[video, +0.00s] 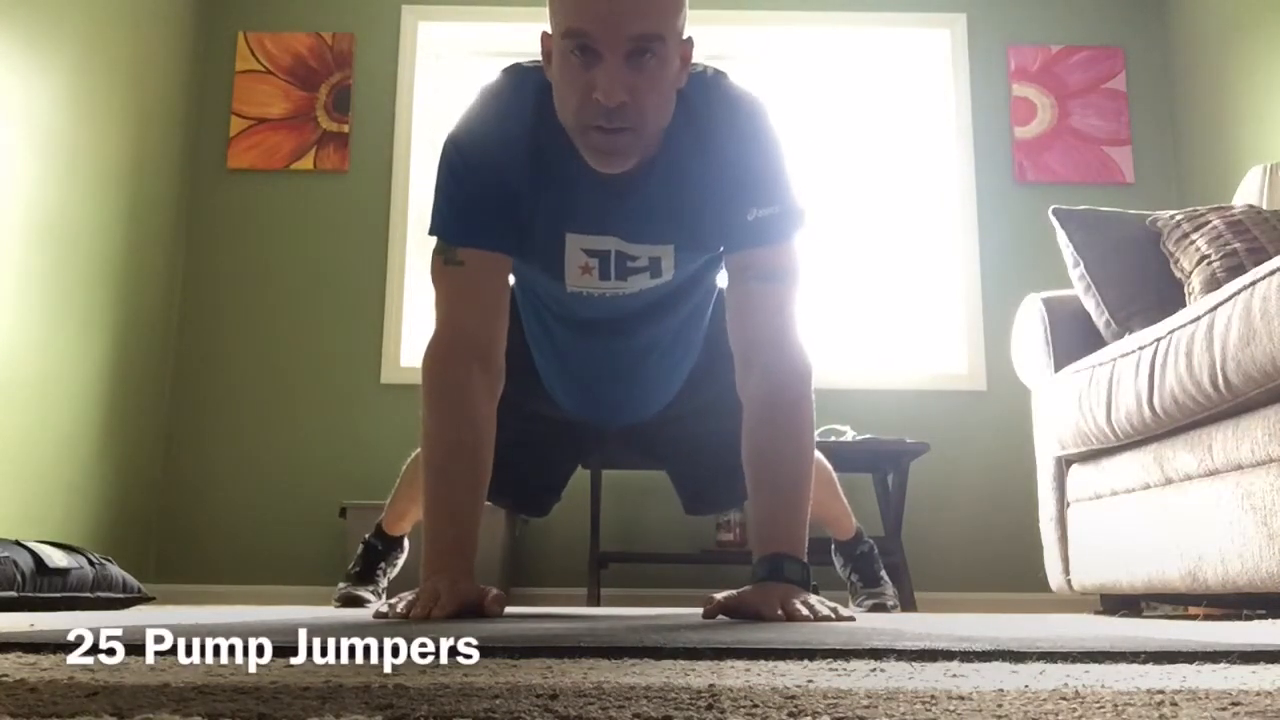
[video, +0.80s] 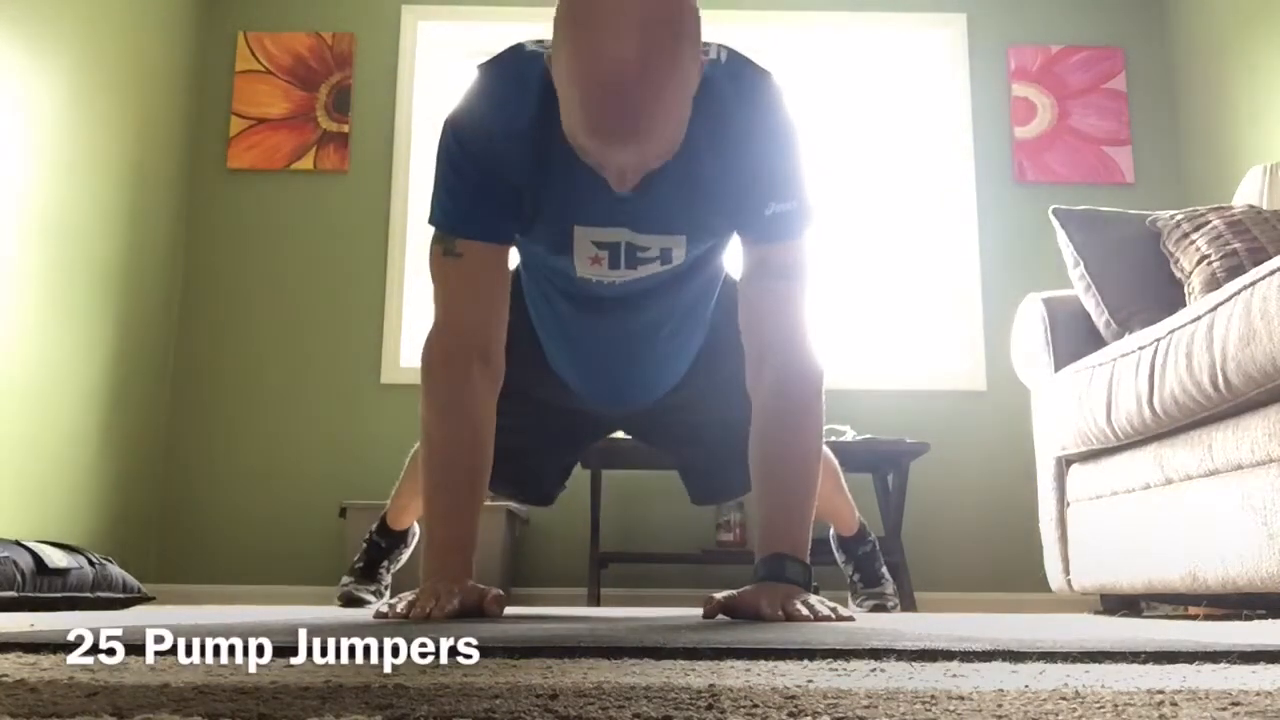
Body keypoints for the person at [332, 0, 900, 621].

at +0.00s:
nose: (609, 90)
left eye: (642, 55)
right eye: (583, 53)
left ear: (684, 60)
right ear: (547, 53)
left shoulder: (733, 129)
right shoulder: (495, 132)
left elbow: (773, 361)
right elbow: (462, 358)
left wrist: (782, 575)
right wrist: (447, 579)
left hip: (689, 358)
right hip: (537, 356)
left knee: (787, 463)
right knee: (448, 456)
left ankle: (858, 554)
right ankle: (381, 546)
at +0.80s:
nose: (626, 160)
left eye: (645, 134)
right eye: (602, 134)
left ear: (693, 54)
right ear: (561, 57)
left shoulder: (748, 108)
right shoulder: (494, 115)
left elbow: (783, 360)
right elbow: (462, 353)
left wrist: (784, 576)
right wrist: (446, 582)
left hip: (694, 330)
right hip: (544, 329)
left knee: (794, 454)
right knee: (449, 452)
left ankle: (859, 545)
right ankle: (385, 545)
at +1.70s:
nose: (624, 300)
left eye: (647, 287)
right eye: (601, 288)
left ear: (693, 184)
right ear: (547, 195)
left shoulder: (742, 127)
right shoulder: (493, 143)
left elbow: (786, 374)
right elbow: (461, 363)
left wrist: (780, 574)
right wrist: (447, 577)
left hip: (697, 317)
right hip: (536, 312)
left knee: (789, 430)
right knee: (456, 419)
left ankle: (857, 548)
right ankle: (385, 539)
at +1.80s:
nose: (625, 299)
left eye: (648, 285)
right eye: (603, 287)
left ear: (693, 180)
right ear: (546, 191)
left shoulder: (742, 126)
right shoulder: (494, 139)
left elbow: (786, 375)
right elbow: (461, 362)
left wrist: (780, 574)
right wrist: (447, 577)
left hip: (697, 317)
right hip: (537, 312)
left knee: (790, 432)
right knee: (456, 419)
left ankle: (857, 549)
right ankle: (385, 539)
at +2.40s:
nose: (621, 194)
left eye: (652, 163)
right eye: (589, 164)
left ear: (693, 93)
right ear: (549, 95)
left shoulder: (745, 116)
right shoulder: (492, 125)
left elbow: (783, 365)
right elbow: (459, 358)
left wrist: (784, 576)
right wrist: (445, 579)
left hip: (692, 324)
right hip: (541, 321)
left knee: (789, 447)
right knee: (451, 442)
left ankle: (858, 551)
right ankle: (384, 548)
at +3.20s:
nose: (623, 488)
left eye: (661, 445)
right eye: (589, 443)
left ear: (718, 426)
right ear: (543, 427)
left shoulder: (801, 428)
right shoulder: (468, 424)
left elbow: (835, 419)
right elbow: (409, 408)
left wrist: (780, 575)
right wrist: (445, 573)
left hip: (700, 584)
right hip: (533, 579)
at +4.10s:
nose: (611, 273)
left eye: (644, 232)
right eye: (579, 233)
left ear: (691, 228)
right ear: (533, 229)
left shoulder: (756, 286)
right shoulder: (458, 286)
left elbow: (951, 383)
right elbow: (308, 392)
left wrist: (939, 578)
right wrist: (310, 579)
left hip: (678, 501)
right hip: (543, 498)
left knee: (664, 541)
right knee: (566, 531)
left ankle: (643, 563)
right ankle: (578, 565)